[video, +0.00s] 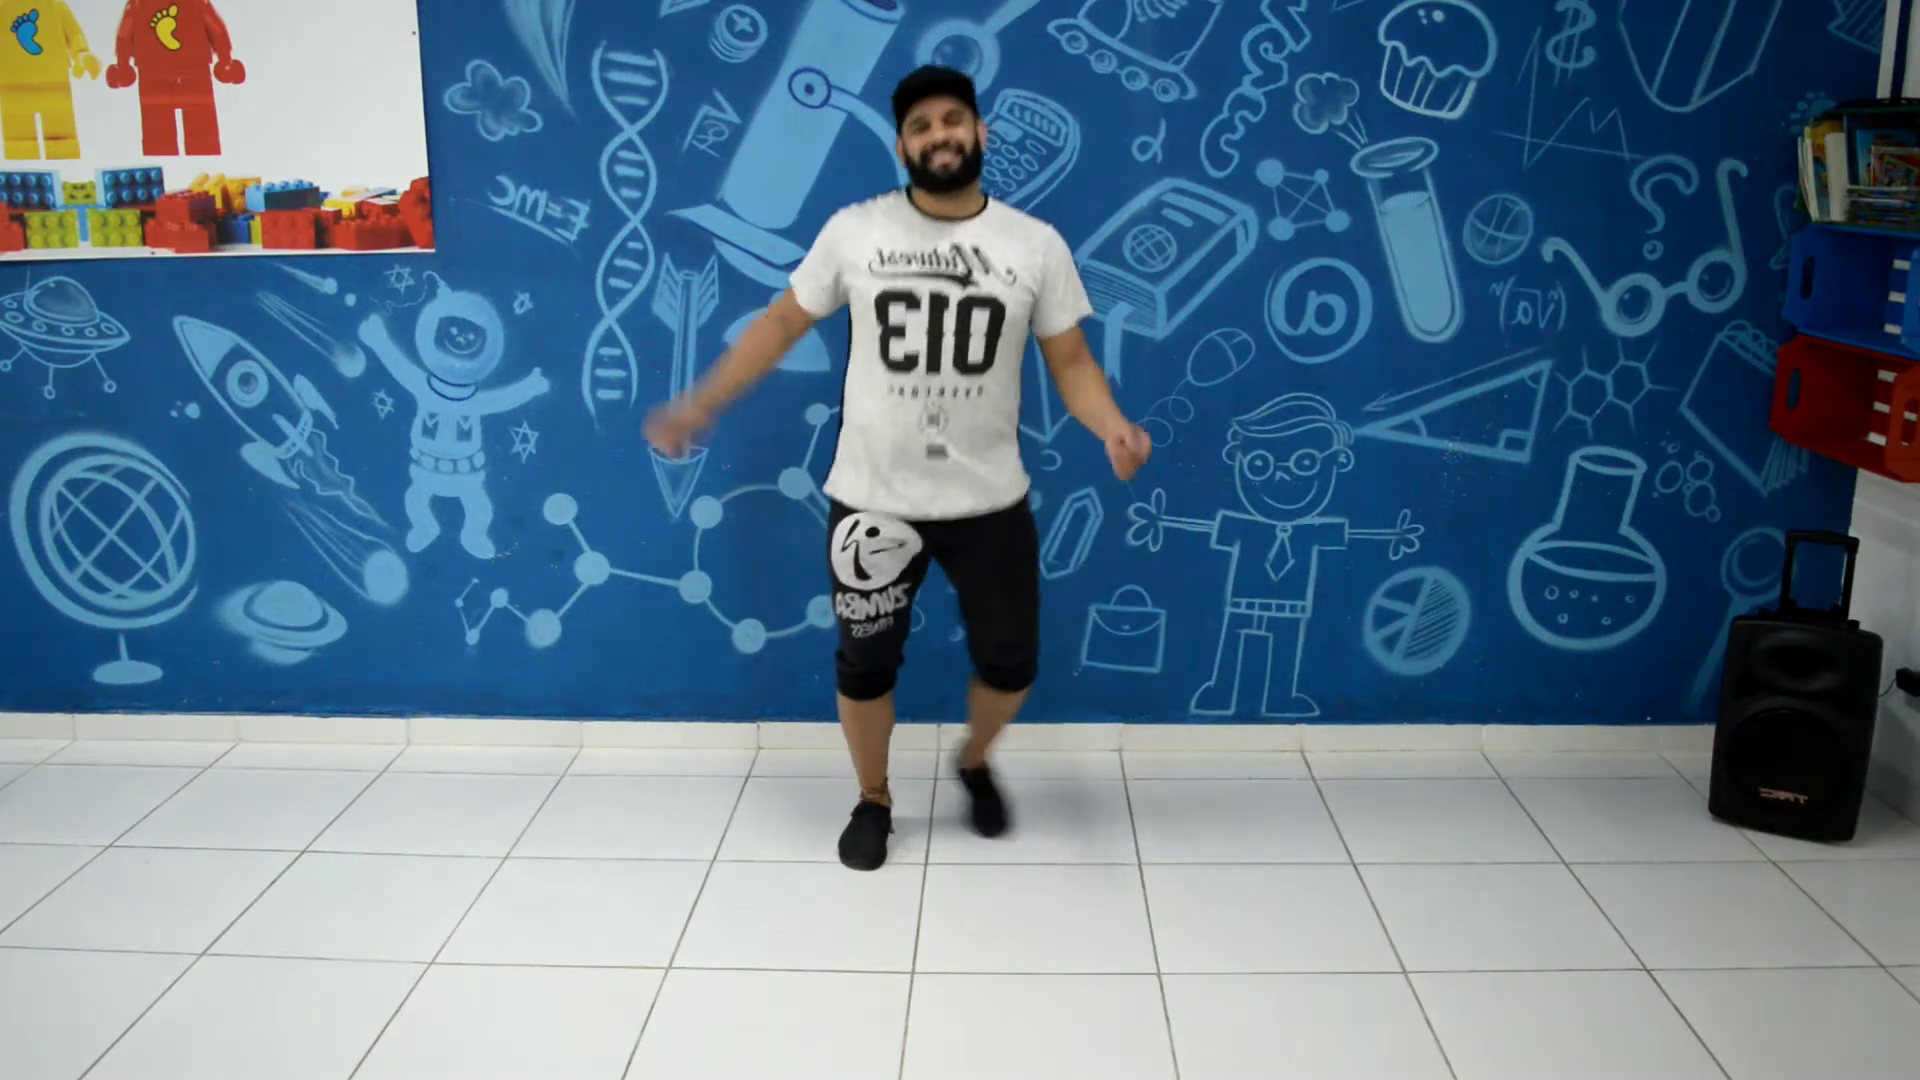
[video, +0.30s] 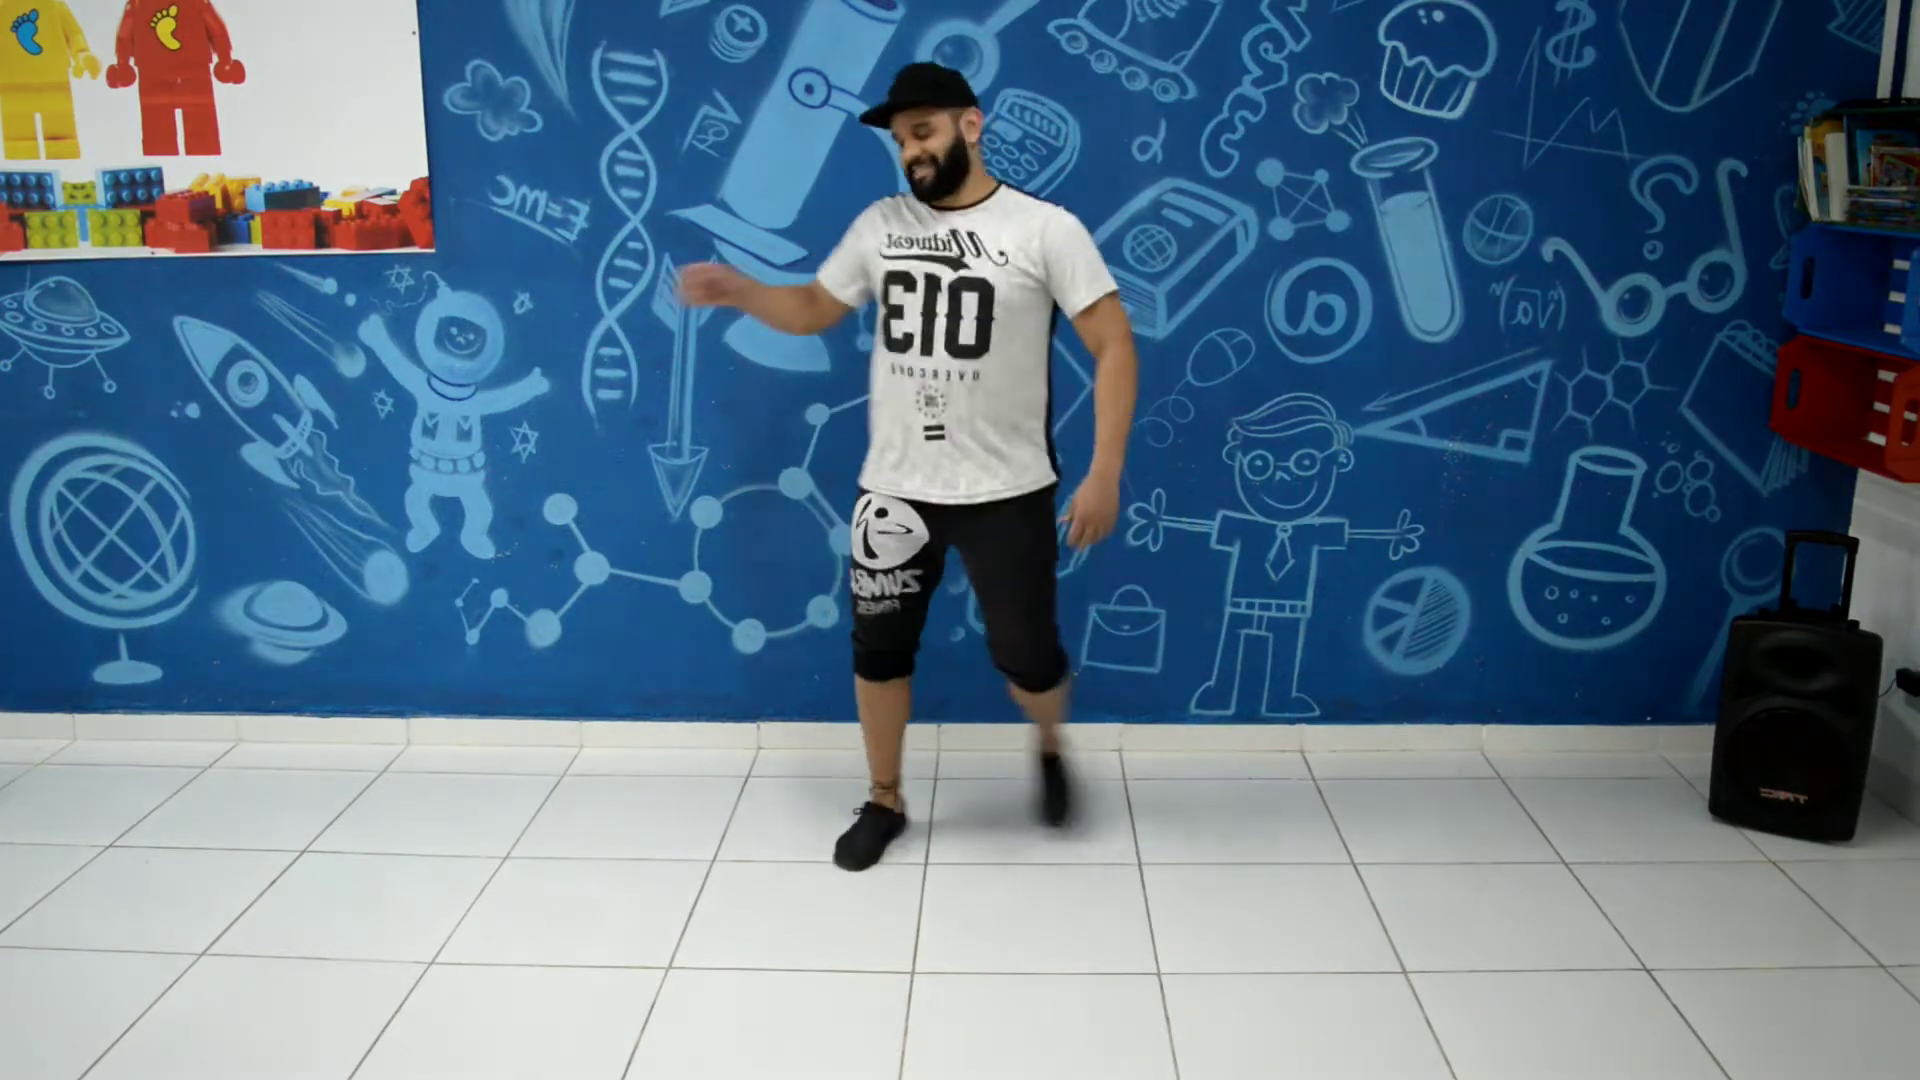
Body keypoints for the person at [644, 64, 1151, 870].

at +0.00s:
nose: (941, 135)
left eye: (954, 121)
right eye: (923, 126)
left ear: (981, 134)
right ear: (901, 148)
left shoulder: (1035, 248)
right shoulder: (854, 236)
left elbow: (1071, 360)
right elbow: (778, 325)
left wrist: (1113, 424)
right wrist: (700, 403)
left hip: (988, 494)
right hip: (875, 491)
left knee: (1010, 665)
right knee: (865, 664)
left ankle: (975, 763)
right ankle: (871, 800)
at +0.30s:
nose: (911, 148)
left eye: (925, 130)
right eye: (901, 136)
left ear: (971, 125)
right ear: (894, 141)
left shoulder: (1044, 230)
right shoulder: (880, 228)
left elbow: (1115, 349)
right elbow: (816, 306)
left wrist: (1106, 475)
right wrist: (739, 290)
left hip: (1006, 487)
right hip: (897, 481)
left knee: (1029, 660)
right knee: (878, 647)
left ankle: (1051, 752)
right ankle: (884, 800)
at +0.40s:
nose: (923, 172)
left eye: (937, 154)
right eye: (913, 158)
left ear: (983, 148)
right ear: (905, 163)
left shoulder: (1055, 253)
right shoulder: (905, 250)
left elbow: (1133, 365)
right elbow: (838, 343)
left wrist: (1116, 490)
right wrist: (807, 306)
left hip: (1017, 509)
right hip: (912, 501)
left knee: (1043, 671)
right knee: (870, 651)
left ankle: (1115, 793)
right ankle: (891, 806)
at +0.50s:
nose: (945, 187)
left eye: (961, 169)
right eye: (937, 173)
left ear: (1008, 166)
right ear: (931, 178)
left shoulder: (1072, 272)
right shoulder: (930, 277)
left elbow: (1148, 382)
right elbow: (877, 381)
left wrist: (1139, 500)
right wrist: (873, 335)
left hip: (1038, 516)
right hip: (940, 508)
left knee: (1067, 671)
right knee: (879, 643)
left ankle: (1142, 799)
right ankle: (890, 806)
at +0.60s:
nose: (970, 168)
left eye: (989, 152)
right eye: (961, 154)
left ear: (1034, 156)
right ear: (950, 164)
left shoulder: (1086, 253)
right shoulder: (940, 262)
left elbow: (1146, 372)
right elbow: (895, 371)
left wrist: (1150, 497)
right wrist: (927, 367)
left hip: (1061, 503)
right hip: (960, 496)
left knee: (1085, 662)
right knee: (907, 642)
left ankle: (1142, 800)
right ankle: (893, 804)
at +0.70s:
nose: (1023, 140)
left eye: (1041, 129)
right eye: (1009, 124)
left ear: (1063, 141)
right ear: (983, 131)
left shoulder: (1103, 227)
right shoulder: (940, 240)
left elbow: (1152, 356)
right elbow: (921, 365)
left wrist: (1154, 480)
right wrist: (984, 442)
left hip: (1092, 485)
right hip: (988, 479)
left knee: (1112, 648)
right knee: (933, 624)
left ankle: (1139, 799)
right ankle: (958, 784)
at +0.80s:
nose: (1041, 151)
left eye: (1059, 140)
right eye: (1027, 135)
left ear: (1078, 155)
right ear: (1000, 141)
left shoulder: (1122, 239)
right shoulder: (946, 254)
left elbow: (1167, 365)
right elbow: (933, 386)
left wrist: (1150, 488)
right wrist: (1004, 494)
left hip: (1111, 490)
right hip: (1006, 494)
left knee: (1125, 655)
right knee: (966, 648)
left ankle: (1134, 798)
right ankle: (1054, 739)